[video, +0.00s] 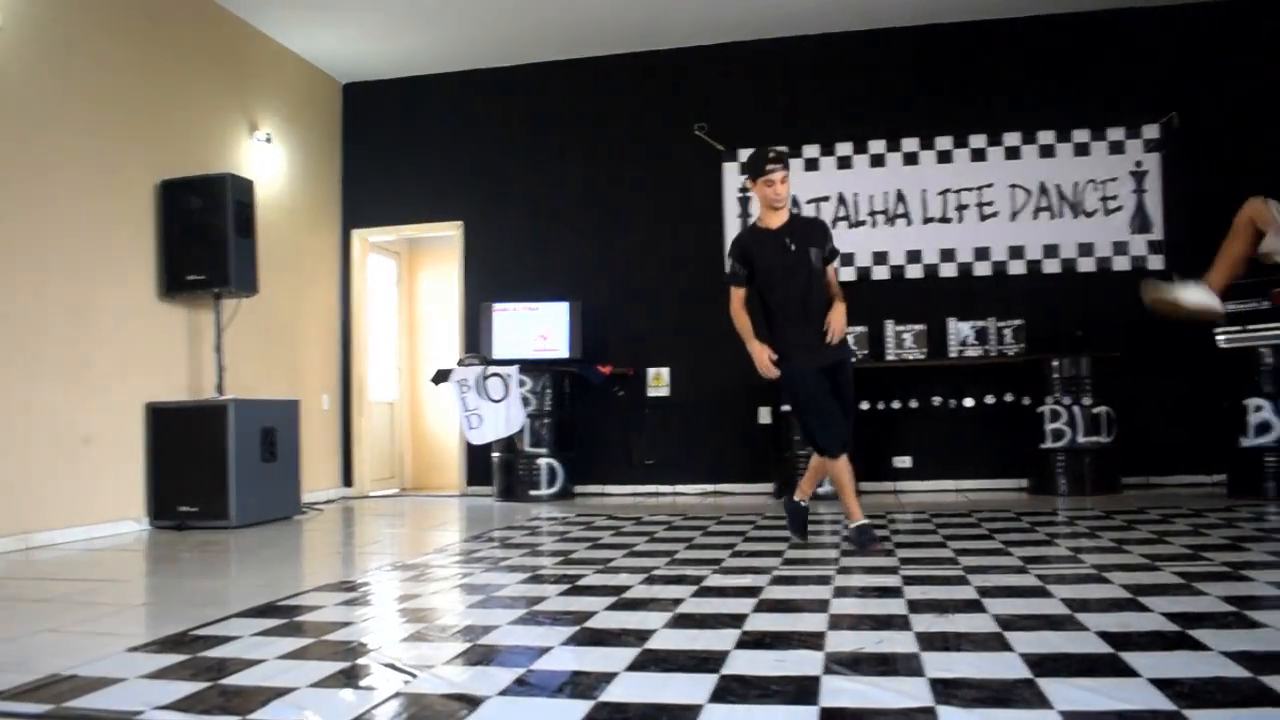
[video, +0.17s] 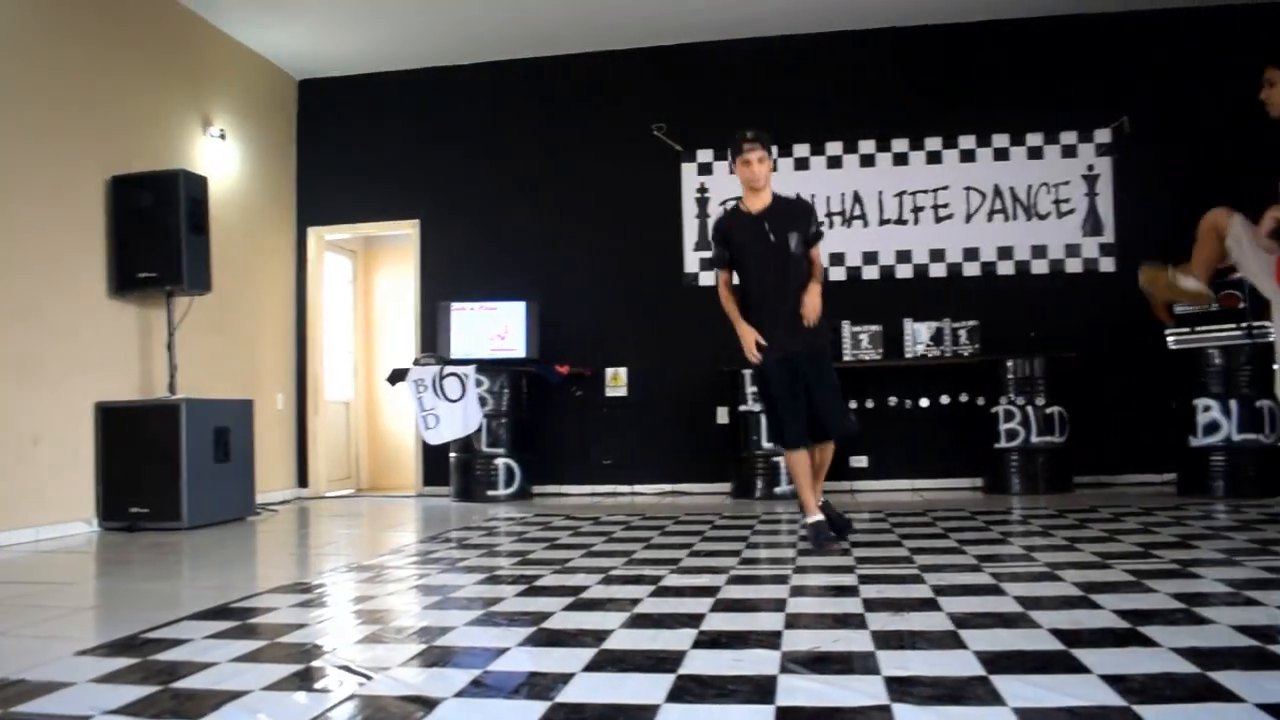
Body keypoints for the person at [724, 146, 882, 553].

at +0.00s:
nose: (779, 187)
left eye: (783, 180)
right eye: (770, 182)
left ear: (790, 183)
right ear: (753, 188)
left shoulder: (815, 229)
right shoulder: (745, 245)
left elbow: (831, 281)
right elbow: (737, 305)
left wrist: (839, 306)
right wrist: (753, 345)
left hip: (830, 345)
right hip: (790, 353)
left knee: (837, 432)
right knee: (831, 434)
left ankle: (800, 497)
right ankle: (858, 521)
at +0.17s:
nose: (755, 168)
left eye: (761, 160)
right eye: (746, 162)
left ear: (772, 165)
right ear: (735, 170)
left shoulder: (799, 211)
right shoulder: (727, 226)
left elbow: (816, 263)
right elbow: (722, 285)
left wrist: (814, 289)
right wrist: (741, 327)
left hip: (809, 334)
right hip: (768, 340)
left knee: (827, 426)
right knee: (791, 430)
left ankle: (815, 497)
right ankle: (812, 517)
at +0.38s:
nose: (724, 152)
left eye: (731, 144)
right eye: (716, 146)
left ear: (746, 149)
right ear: (708, 155)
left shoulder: (774, 200)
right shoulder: (698, 212)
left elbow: (790, 255)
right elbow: (695, 270)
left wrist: (778, 279)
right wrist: (701, 313)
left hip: (777, 328)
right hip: (729, 331)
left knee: (788, 418)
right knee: (739, 423)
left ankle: (806, 513)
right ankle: (752, 510)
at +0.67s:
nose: (690, 154)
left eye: (698, 146)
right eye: (684, 148)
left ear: (715, 153)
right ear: (677, 157)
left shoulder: (741, 205)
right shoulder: (665, 214)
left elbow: (756, 261)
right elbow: (662, 271)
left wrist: (743, 295)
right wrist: (662, 311)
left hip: (731, 333)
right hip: (683, 335)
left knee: (749, 421)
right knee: (678, 423)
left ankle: (776, 513)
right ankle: (695, 512)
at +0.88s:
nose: (665, 171)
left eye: (672, 164)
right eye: (658, 165)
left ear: (686, 169)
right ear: (650, 172)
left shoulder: (708, 223)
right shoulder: (636, 227)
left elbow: (717, 276)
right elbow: (621, 284)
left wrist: (713, 313)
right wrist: (628, 328)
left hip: (699, 342)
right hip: (650, 343)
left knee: (715, 428)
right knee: (643, 431)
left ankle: (726, 515)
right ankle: (640, 519)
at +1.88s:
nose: (621, 217)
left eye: (627, 210)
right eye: (614, 210)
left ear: (637, 213)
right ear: (605, 212)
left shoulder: (654, 259)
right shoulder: (587, 260)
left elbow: (667, 305)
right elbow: (574, 309)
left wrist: (666, 319)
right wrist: (590, 322)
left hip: (649, 364)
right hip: (606, 366)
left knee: (666, 440)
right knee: (602, 443)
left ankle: (680, 518)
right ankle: (602, 518)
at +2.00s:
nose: (615, 232)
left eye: (621, 224)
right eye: (609, 224)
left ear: (630, 223)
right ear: (597, 222)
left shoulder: (643, 256)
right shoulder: (584, 258)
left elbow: (665, 304)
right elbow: (563, 308)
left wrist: (658, 263)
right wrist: (579, 267)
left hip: (644, 367)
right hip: (600, 370)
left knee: (658, 441)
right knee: (601, 445)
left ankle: (673, 515)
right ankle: (603, 518)